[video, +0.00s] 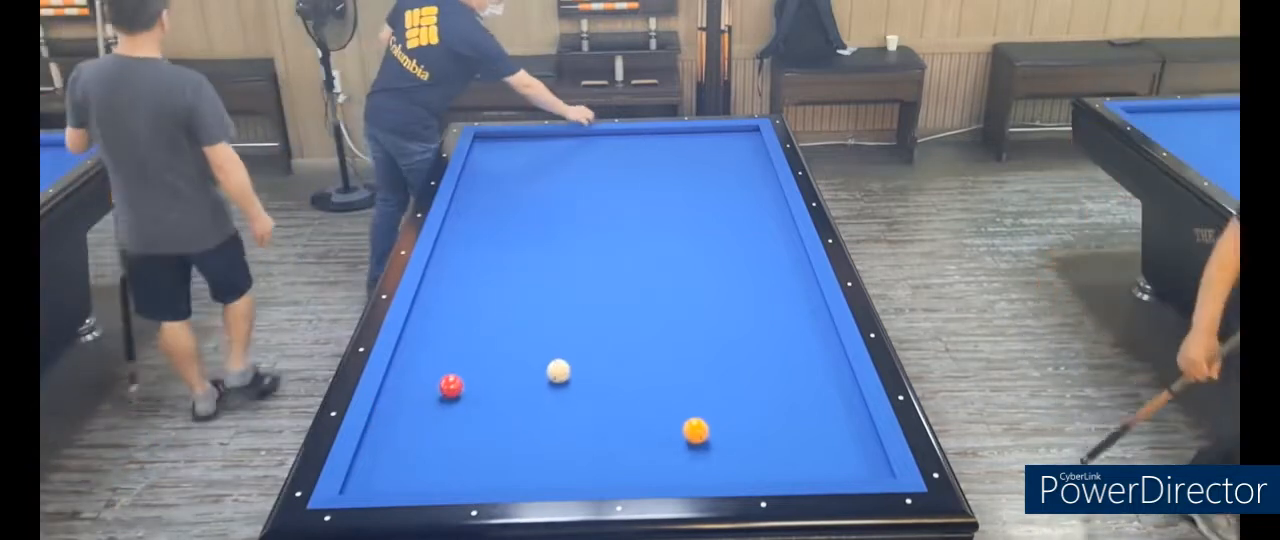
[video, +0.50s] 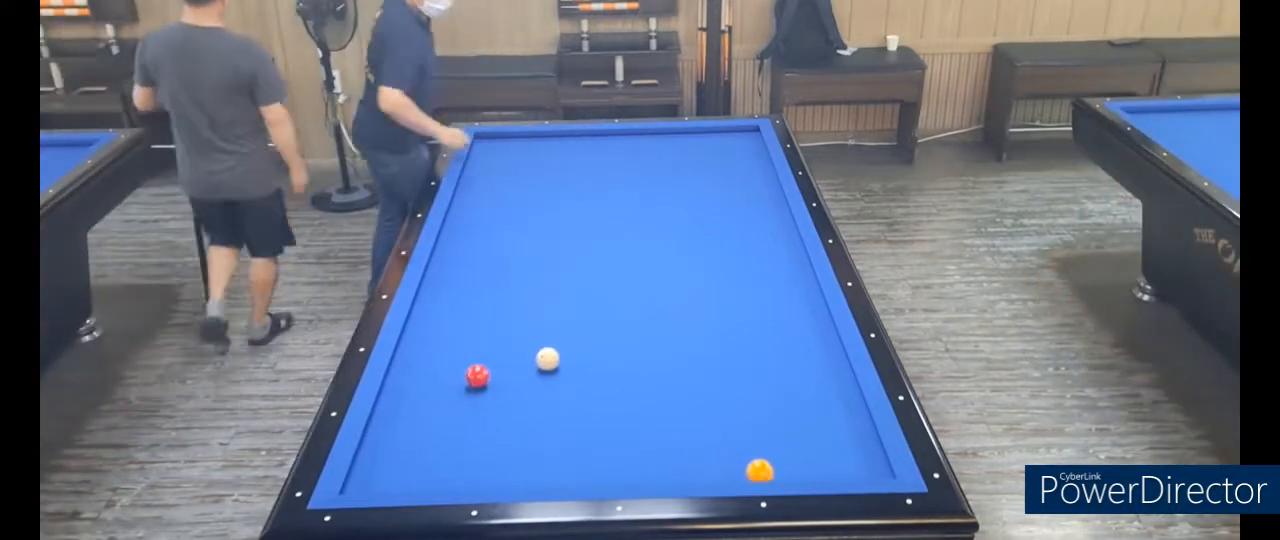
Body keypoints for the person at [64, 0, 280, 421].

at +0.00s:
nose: (170, 21)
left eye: (167, 14)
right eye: (168, 14)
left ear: (114, 22)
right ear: (162, 19)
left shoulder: (87, 79)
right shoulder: (188, 86)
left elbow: (76, 143)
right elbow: (223, 163)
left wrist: (111, 118)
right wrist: (256, 215)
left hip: (142, 233)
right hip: (201, 225)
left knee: (172, 319)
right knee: (236, 292)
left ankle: (201, 397)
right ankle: (239, 373)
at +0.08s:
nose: (180, 20)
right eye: (178, 14)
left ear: (128, 19)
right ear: (174, 18)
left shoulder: (100, 71)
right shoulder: (198, 83)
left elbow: (88, 131)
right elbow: (231, 162)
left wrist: (121, 103)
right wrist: (260, 214)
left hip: (151, 228)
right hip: (209, 222)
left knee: (175, 313)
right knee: (243, 285)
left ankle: (201, 397)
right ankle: (260, 347)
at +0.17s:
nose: (189, 20)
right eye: (187, 14)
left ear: (137, 19)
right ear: (182, 18)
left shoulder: (109, 69)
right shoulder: (206, 80)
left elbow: (96, 126)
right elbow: (236, 157)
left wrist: (131, 104)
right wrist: (264, 213)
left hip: (159, 222)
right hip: (216, 216)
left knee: (178, 307)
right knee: (246, 278)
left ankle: (201, 396)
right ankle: (263, 329)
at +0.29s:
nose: (208, 15)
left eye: (205, 9)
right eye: (206, 10)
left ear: (158, 14)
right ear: (201, 14)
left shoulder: (129, 62)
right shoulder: (223, 73)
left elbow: (116, 115)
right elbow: (250, 144)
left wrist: (156, 108)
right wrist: (274, 203)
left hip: (175, 211)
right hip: (231, 204)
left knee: (189, 289)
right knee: (255, 260)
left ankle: (199, 386)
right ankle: (259, 325)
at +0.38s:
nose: (215, 12)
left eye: (212, 6)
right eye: (214, 7)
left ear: (168, 11)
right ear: (209, 10)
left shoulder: (139, 54)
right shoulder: (230, 64)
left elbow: (126, 109)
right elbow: (257, 136)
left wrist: (159, 94)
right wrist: (280, 192)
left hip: (185, 201)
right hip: (238, 196)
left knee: (198, 273)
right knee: (260, 256)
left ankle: (198, 355)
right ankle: (260, 325)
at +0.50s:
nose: (226, 6)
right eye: (225, 3)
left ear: (185, 2)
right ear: (221, 2)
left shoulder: (154, 46)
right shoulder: (247, 53)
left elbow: (143, 102)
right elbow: (277, 119)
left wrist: (181, 94)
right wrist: (296, 166)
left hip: (200, 181)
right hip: (252, 179)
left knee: (222, 239)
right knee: (265, 250)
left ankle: (214, 309)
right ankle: (259, 325)